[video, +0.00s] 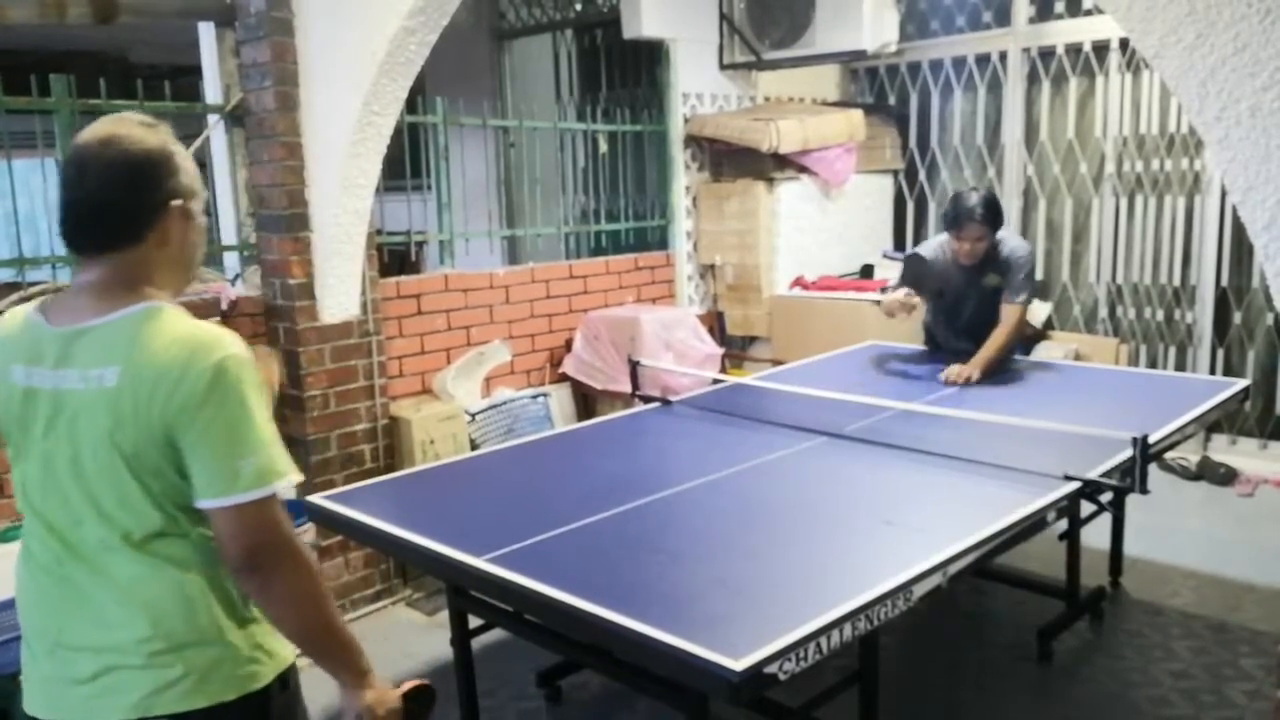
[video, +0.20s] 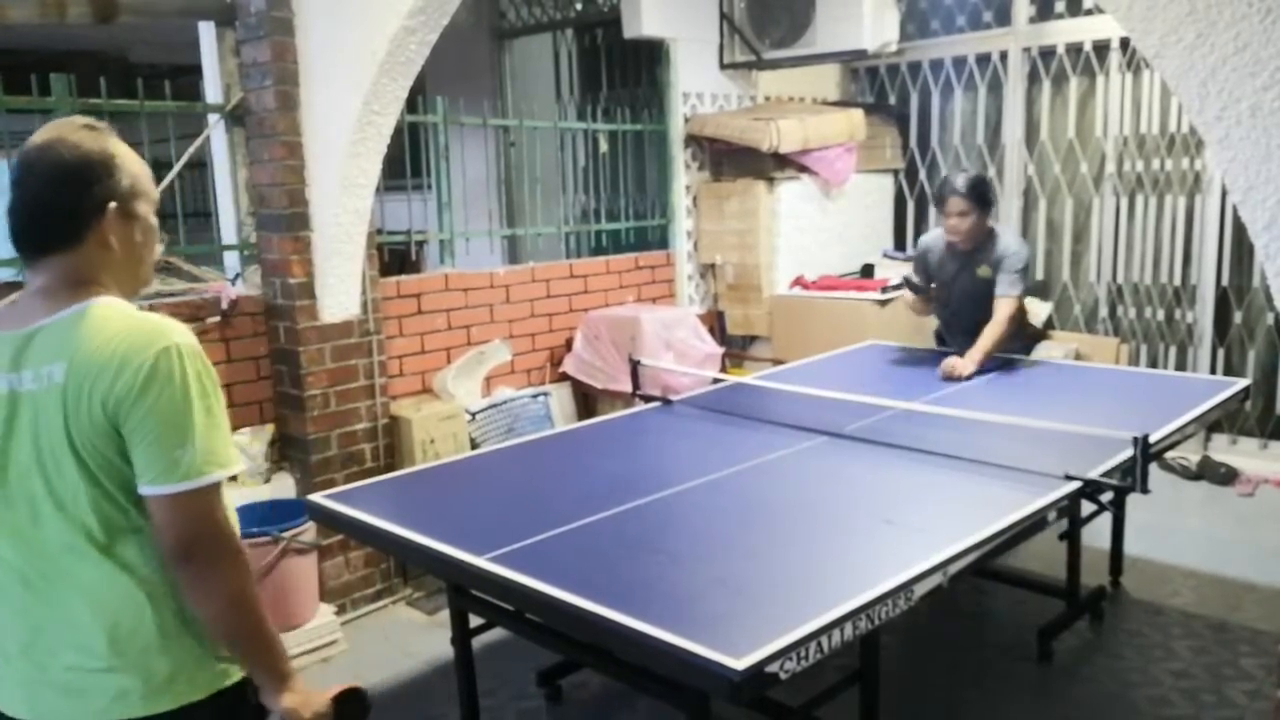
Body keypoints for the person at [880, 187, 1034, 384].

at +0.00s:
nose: (967, 248)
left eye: (978, 240)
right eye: (959, 239)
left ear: (993, 235)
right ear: (949, 232)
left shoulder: (1016, 254)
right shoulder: (929, 256)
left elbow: (1010, 324)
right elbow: (888, 303)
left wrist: (974, 366)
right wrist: (895, 303)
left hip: (993, 355)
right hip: (941, 352)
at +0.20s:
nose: (952, 224)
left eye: (963, 215)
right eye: (947, 215)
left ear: (985, 215)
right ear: (941, 215)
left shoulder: (1010, 251)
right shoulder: (929, 246)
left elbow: (1004, 315)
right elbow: (923, 305)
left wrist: (971, 359)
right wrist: (918, 301)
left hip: (1002, 348)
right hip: (952, 346)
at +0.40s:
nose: (936, 203)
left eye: (945, 194)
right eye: (931, 196)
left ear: (973, 194)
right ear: (927, 198)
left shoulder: (1001, 237)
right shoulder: (949, 236)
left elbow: (1019, 307)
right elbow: (954, 278)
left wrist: (957, 336)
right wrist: (935, 300)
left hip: (1024, 334)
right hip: (984, 328)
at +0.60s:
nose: (951, 193)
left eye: (959, 184)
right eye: (950, 186)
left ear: (989, 184)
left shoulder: (1010, 227)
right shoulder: (992, 223)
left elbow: (1022, 303)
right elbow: (997, 286)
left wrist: (972, 320)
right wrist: (965, 302)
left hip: (1040, 343)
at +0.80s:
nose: (988, 192)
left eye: (994, 183)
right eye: (987, 185)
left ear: (1022, 182)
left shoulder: (1038, 224)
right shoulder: (1036, 217)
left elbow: (1037, 299)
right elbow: (1030, 289)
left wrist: (1006, 335)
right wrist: (1008, 309)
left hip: (1069, 343)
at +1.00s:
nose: (1014, 180)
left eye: (1018, 171)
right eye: (1013, 173)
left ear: (1043, 168)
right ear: (1043, 169)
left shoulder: (1056, 211)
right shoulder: (1066, 204)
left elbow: (1042, 288)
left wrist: (1010, 325)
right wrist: (1021, 307)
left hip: (1085, 328)